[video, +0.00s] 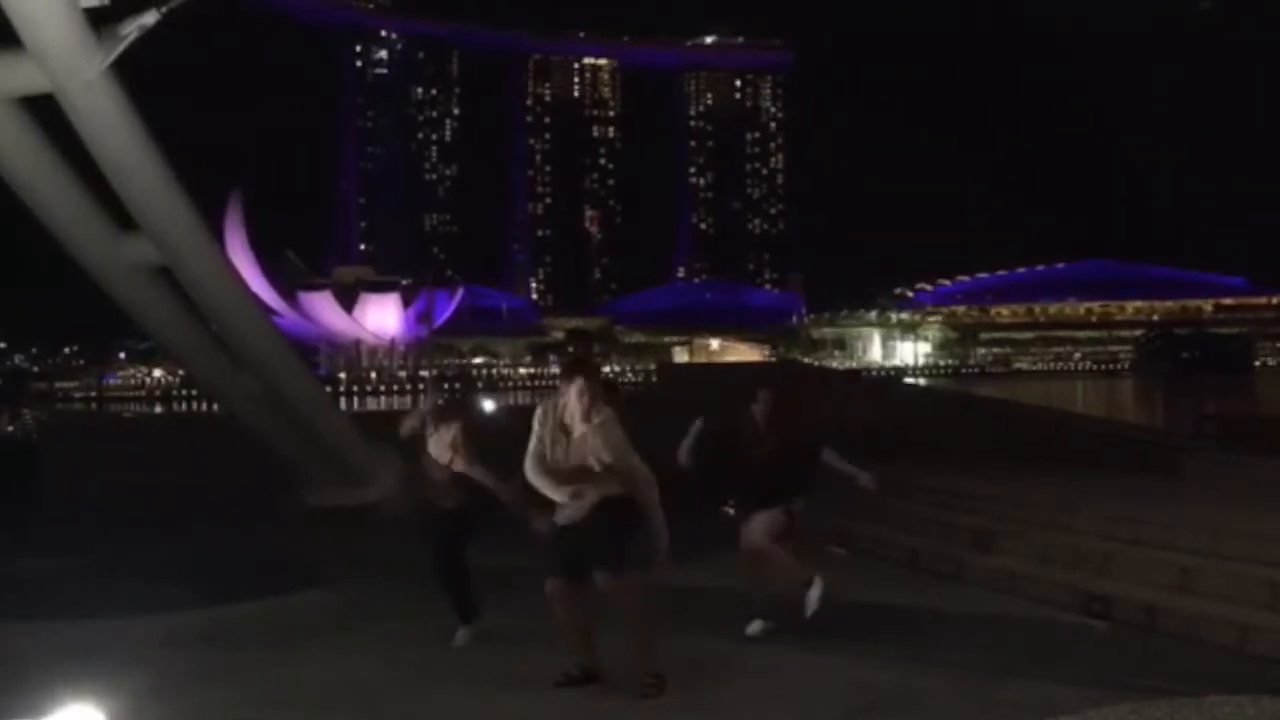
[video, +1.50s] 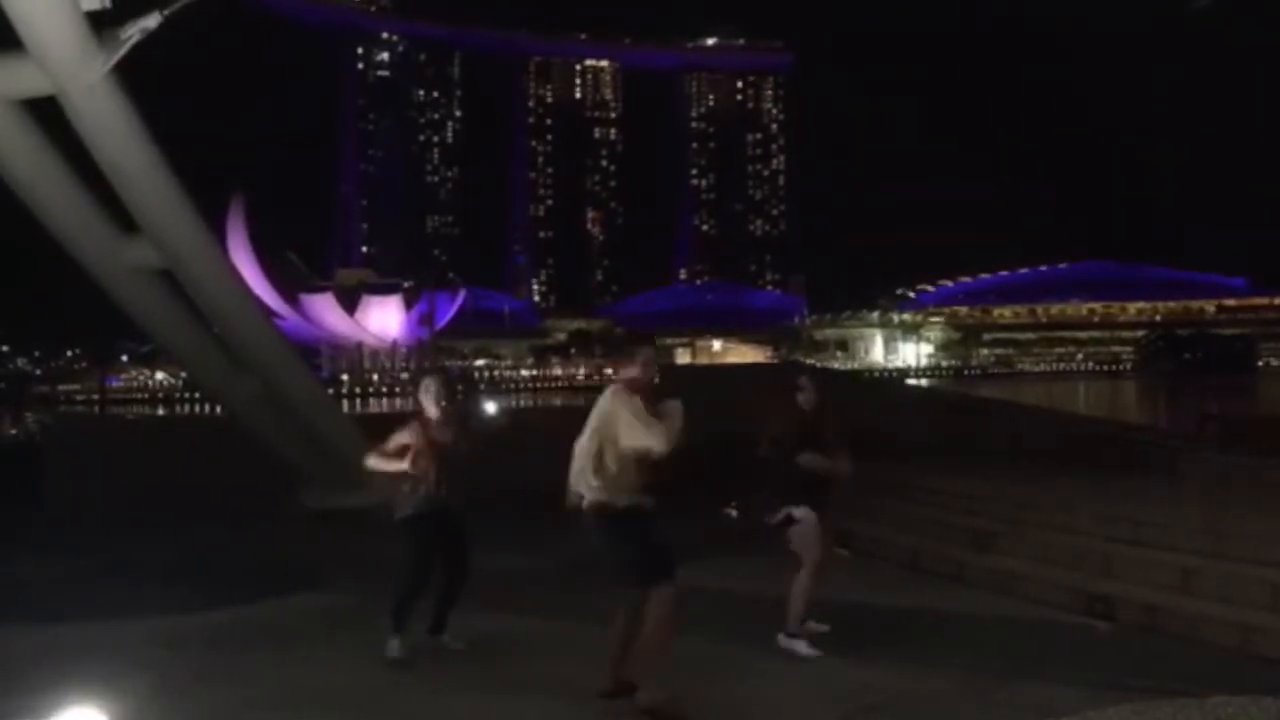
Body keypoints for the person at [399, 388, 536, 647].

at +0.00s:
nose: (435, 401)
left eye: (440, 396)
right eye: (433, 395)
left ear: (450, 400)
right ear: (429, 399)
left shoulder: (456, 428)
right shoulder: (427, 424)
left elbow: (465, 465)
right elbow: (404, 430)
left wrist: (500, 489)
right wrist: (422, 410)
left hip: (457, 501)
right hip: (436, 498)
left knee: (451, 560)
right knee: (446, 560)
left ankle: (467, 619)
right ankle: (467, 616)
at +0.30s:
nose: (444, 432)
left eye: (447, 426)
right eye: (438, 427)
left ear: (454, 428)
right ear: (430, 429)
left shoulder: (461, 449)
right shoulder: (420, 448)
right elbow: (375, 452)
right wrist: (400, 488)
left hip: (454, 514)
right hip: (425, 513)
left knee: (452, 563)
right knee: (425, 566)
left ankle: (453, 610)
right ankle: (438, 614)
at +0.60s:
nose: (434, 408)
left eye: (439, 401)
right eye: (427, 402)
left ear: (449, 404)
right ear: (418, 405)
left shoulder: (457, 432)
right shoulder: (411, 436)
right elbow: (386, 460)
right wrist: (404, 467)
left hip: (451, 508)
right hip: (416, 509)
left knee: (456, 565)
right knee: (405, 559)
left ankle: (451, 622)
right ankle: (403, 612)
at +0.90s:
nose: (426, 414)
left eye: (429, 408)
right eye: (419, 409)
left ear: (437, 410)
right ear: (410, 414)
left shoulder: (447, 439)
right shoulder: (405, 442)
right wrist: (409, 462)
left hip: (439, 519)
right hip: (404, 519)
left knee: (459, 571)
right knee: (387, 573)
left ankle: (444, 627)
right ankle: (368, 631)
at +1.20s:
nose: (434, 405)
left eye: (437, 399)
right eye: (429, 399)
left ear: (443, 402)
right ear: (419, 401)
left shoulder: (447, 426)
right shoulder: (411, 427)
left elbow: (452, 448)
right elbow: (384, 421)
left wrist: (484, 445)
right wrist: (430, 432)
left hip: (446, 508)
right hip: (416, 510)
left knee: (463, 567)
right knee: (411, 570)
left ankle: (440, 629)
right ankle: (398, 627)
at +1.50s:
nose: (435, 400)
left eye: (440, 393)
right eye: (429, 394)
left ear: (448, 397)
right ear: (419, 398)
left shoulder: (454, 432)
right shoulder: (413, 431)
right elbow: (371, 459)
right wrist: (403, 465)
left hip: (445, 508)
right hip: (414, 511)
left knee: (456, 569)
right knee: (416, 572)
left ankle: (438, 629)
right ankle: (396, 633)